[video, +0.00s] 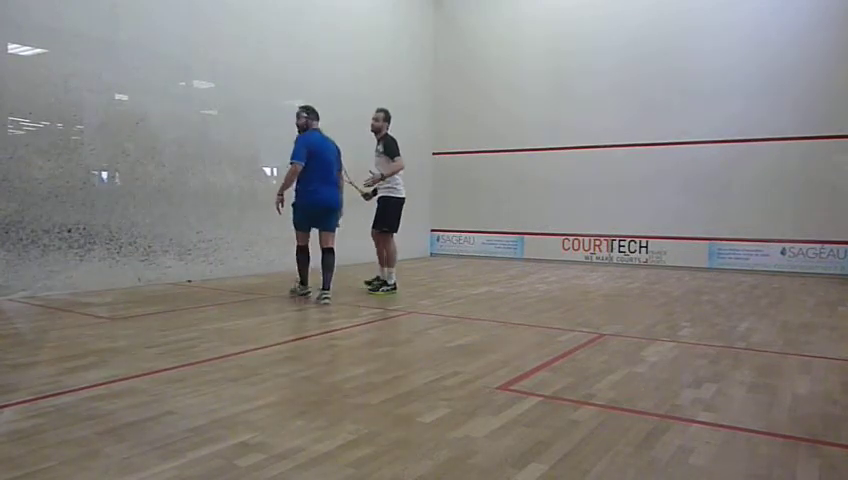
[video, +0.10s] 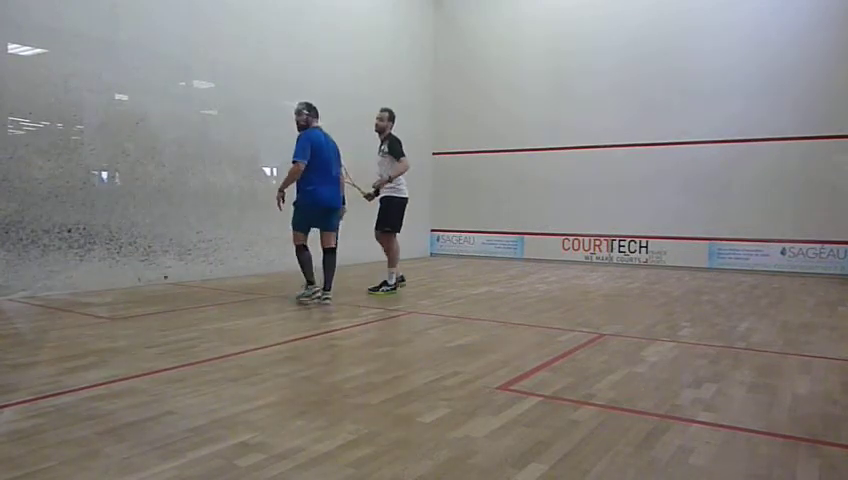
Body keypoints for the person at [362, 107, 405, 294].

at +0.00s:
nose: (372, 123)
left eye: (377, 120)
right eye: (372, 119)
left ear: (386, 124)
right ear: (374, 122)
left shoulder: (388, 141)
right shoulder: (379, 144)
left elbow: (399, 164)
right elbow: (386, 172)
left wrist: (379, 177)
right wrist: (374, 190)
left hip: (393, 195)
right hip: (385, 194)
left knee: (386, 235)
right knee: (377, 234)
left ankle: (390, 280)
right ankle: (383, 276)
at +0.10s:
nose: (377, 122)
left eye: (381, 120)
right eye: (376, 119)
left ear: (390, 124)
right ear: (377, 121)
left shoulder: (393, 141)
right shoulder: (383, 143)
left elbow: (404, 165)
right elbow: (386, 173)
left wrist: (386, 180)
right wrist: (375, 191)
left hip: (395, 195)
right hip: (387, 194)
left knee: (387, 235)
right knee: (382, 235)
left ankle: (391, 280)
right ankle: (395, 274)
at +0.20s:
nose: (380, 122)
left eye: (385, 120)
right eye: (380, 119)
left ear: (394, 124)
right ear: (381, 121)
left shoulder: (397, 142)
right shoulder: (386, 144)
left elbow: (409, 166)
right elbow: (389, 174)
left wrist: (394, 180)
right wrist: (377, 192)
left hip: (398, 197)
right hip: (390, 196)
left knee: (390, 237)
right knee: (388, 236)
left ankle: (391, 280)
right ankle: (411, 272)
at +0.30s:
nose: (385, 122)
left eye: (390, 120)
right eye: (385, 119)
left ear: (399, 124)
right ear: (386, 121)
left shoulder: (401, 143)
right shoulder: (390, 144)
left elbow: (414, 167)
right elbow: (393, 174)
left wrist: (401, 179)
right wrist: (380, 193)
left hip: (401, 197)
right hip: (394, 197)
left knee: (393, 238)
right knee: (398, 238)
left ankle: (391, 281)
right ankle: (418, 275)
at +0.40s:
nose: (390, 122)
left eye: (394, 120)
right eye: (389, 119)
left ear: (403, 124)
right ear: (389, 121)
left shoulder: (406, 143)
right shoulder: (394, 145)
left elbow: (418, 167)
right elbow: (396, 175)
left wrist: (406, 180)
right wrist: (383, 194)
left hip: (404, 197)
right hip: (399, 197)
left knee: (395, 238)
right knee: (404, 238)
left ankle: (391, 281)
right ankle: (420, 277)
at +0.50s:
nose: (394, 123)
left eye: (398, 120)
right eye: (393, 119)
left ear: (407, 124)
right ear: (393, 122)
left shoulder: (409, 143)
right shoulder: (399, 145)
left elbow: (421, 168)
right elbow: (401, 177)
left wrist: (408, 184)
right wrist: (387, 196)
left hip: (408, 197)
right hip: (404, 197)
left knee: (399, 238)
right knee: (409, 238)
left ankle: (391, 281)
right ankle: (422, 279)